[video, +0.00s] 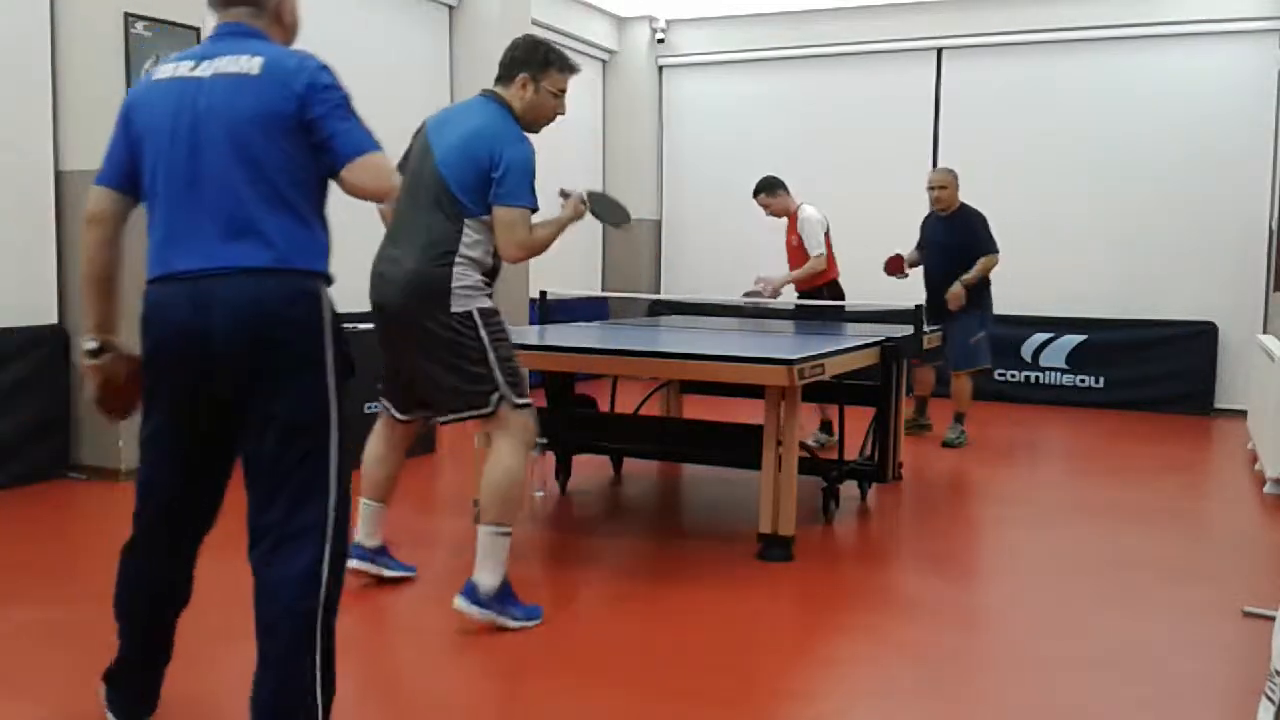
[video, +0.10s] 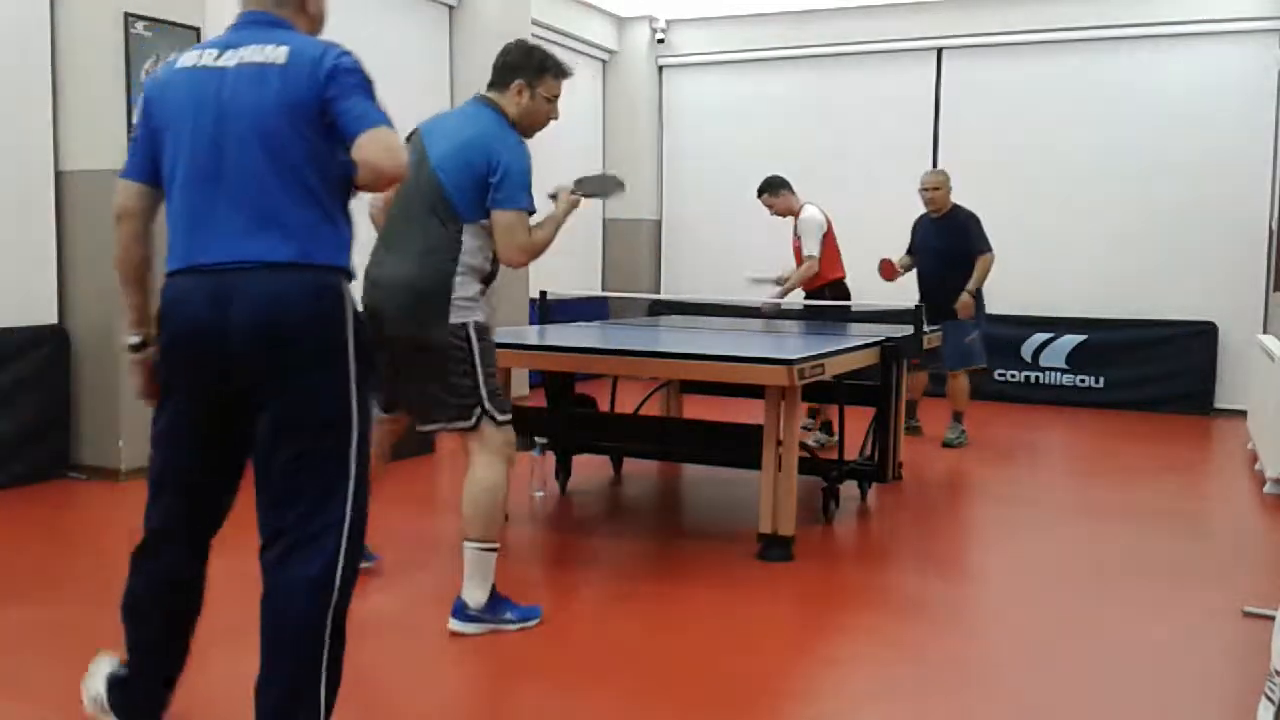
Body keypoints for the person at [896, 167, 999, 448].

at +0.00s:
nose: (936, 194)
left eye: (942, 188)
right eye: (931, 189)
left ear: (956, 189)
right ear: (927, 191)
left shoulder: (973, 219)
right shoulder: (929, 221)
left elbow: (990, 257)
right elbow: (922, 252)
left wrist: (963, 284)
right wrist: (904, 262)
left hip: (967, 307)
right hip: (935, 306)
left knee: (960, 366)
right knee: (922, 359)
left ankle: (958, 425)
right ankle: (920, 416)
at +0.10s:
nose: (929, 195)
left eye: (935, 189)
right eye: (924, 190)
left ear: (948, 191)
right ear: (920, 193)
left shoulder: (966, 220)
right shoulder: (921, 224)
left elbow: (986, 256)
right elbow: (913, 256)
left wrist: (970, 292)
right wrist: (897, 267)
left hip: (959, 309)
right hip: (928, 308)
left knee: (956, 368)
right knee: (916, 363)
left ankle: (957, 425)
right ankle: (910, 418)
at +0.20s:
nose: (923, 196)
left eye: (929, 190)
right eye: (918, 191)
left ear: (941, 192)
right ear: (912, 194)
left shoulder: (959, 221)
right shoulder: (910, 227)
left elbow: (981, 257)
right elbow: (902, 264)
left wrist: (971, 294)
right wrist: (893, 266)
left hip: (954, 310)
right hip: (921, 310)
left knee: (953, 369)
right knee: (910, 363)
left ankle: (956, 423)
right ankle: (909, 419)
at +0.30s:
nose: (916, 195)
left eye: (922, 189)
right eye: (911, 190)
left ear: (934, 192)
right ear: (905, 194)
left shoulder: (955, 220)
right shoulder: (903, 228)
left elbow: (978, 256)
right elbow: (891, 261)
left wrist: (970, 293)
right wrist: (891, 267)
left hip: (950, 306)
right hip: (916, 306)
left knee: (952, 363)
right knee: (910, 363)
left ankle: (956, 421)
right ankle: (909, 418)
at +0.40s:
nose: (913, 195)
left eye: (920, 189)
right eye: (908, 190)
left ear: (933, 192)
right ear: (902, 195)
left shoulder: (953, 219)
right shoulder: (900, 228)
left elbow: (977, 254)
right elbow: (886, 260)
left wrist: (969, 291)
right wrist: (889, 269)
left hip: (949, 305)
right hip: (914, 306)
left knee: (953, 362)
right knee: (909, 363)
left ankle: (959, 420)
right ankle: (909, 417)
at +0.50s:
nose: (913, 195)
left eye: (920, 189)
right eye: (908, 190)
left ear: (933, 192)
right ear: (902, 195)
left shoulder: (954, 220)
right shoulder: (900, 228)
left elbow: (978, 255)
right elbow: (887, 261)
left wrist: (970, 291)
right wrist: (890, 269)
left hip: (950, 306)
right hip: (914, 307)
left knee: (956, 364)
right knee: (909, 363)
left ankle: (966, 424)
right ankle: (909, 418)